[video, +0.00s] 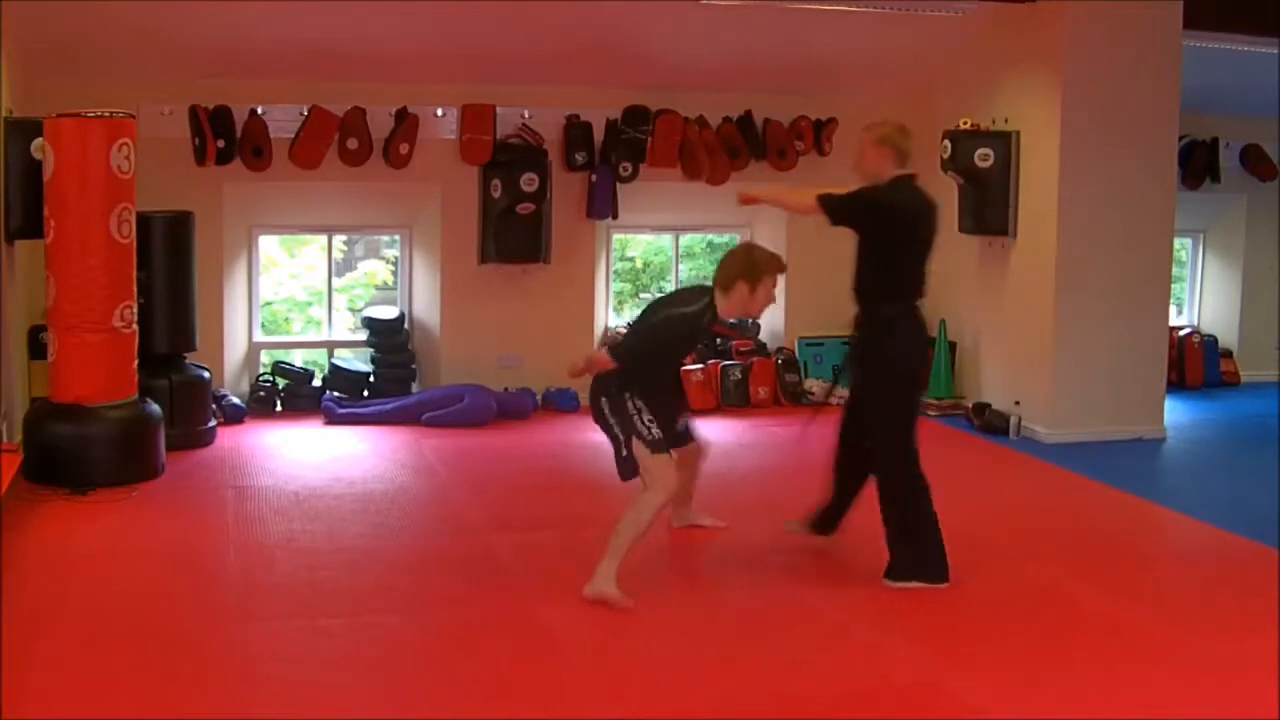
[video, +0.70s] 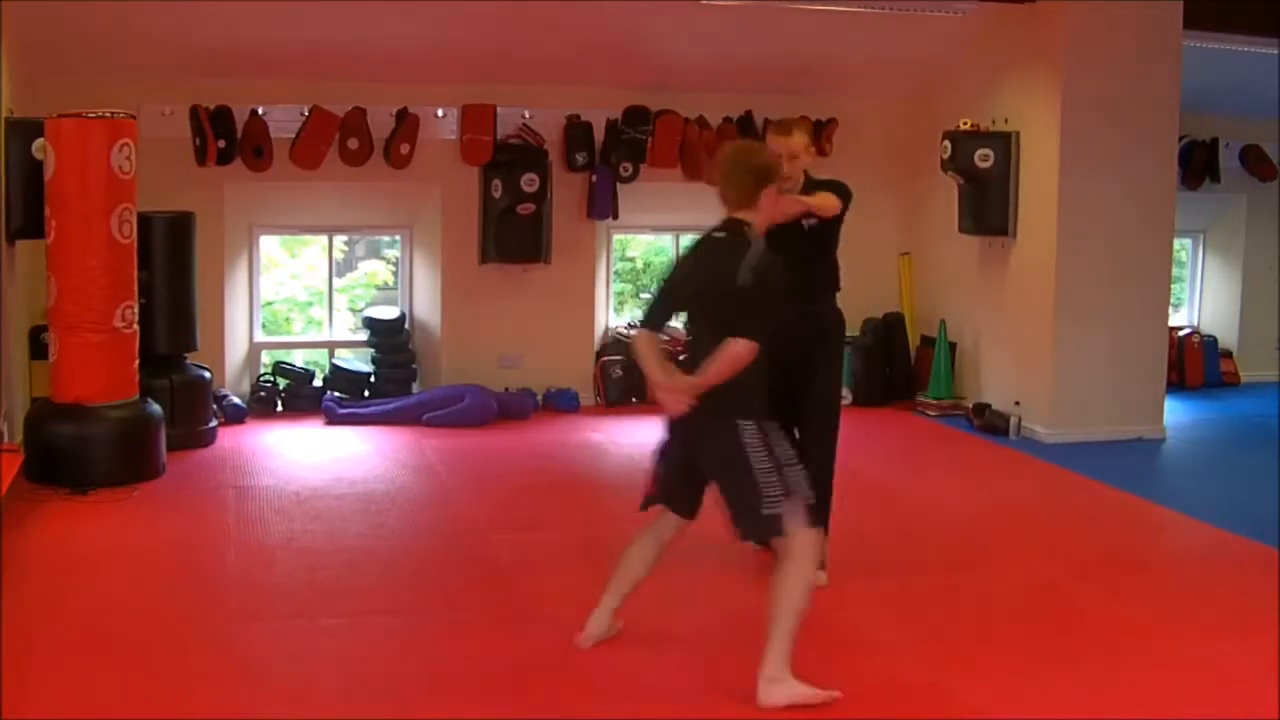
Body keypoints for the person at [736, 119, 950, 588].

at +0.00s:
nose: (859, 159)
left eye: (864, 151)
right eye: (860, 151)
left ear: (883, 153)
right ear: (898, 155)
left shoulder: (886, 199)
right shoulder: (916, 200)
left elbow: (818, 206)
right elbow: (836, 205)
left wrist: (763, 195)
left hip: (888, 337)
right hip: (898, 333)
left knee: (892, 448)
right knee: (859, 433)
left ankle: (922, 563)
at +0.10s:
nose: (830, 174)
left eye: (836, 165)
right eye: (830, 166)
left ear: (863, 167)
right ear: (866, 168)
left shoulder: (862, 213)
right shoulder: (881, 212)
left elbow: (790, 215)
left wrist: (731, 207)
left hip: (860, 349)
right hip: (865, 344)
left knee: (867, 457)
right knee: (821, 431)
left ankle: (918, 562)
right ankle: (791, 518)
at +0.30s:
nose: (793, 176)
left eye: (800, 167)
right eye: (791, 168)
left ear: (825, 166)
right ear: (802, 168)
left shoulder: (831, 210)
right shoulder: (819, 208)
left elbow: (760, 217)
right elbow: (761, 216)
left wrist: (705, 209)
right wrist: (708, 206)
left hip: (825, 339)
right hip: (805, 336)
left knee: (826, 449)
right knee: (770, 425)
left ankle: (890, 542)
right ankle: (779, 523)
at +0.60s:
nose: (782, 160)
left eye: (791, 152)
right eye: (775, 153)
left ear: (811, 151)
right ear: (766, 153)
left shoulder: (834, 187)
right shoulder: (760, 192)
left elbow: (814, 200)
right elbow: (724, 206)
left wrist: (765, 195)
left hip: (821, 322)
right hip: (774, 322)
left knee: (819, 434)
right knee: (776, 430)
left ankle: (818, 545)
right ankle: (783, 526)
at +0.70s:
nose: (788, 165)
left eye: (796, 157)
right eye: (781, 157)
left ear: (811, 156)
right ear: (767, 156)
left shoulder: (829, 191)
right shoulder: (759, 196)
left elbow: (830, 205)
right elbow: (748, 219)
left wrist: (790, 199)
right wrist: (800, 207)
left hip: (818, 329)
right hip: (768, 330)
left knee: (818, 436)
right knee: (770, 431)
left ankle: (815, 544)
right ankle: (771, 532)